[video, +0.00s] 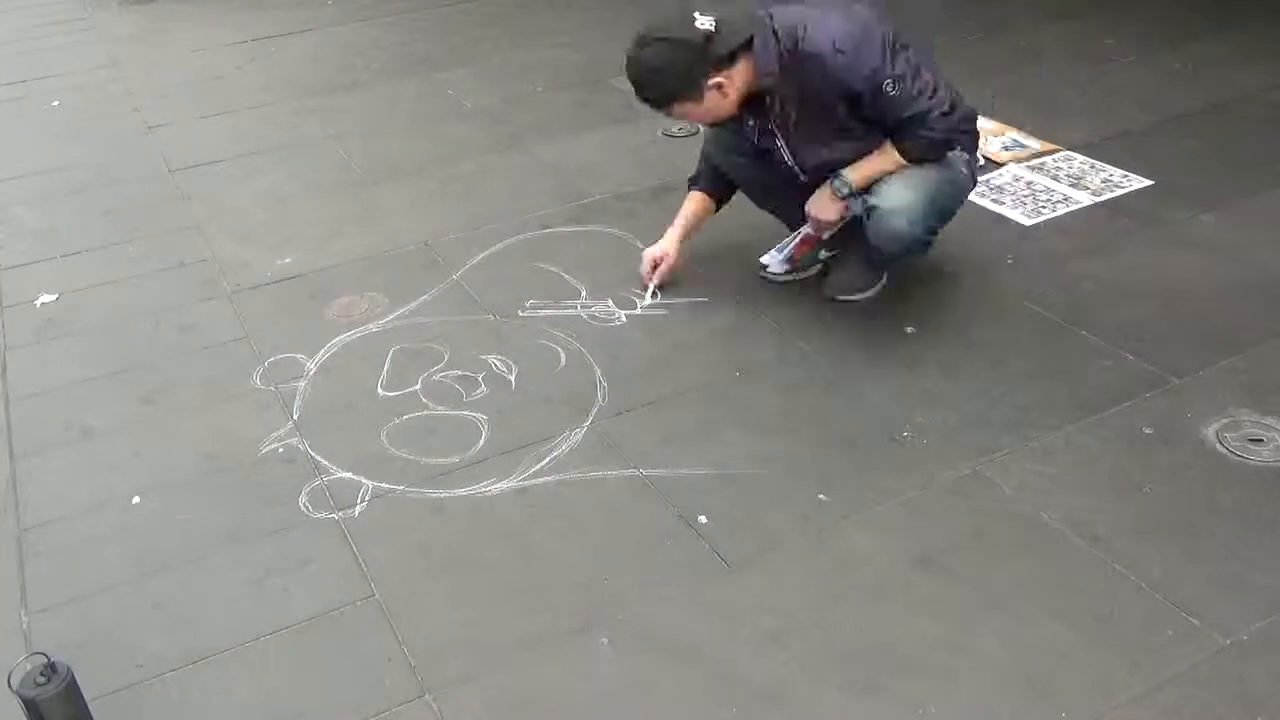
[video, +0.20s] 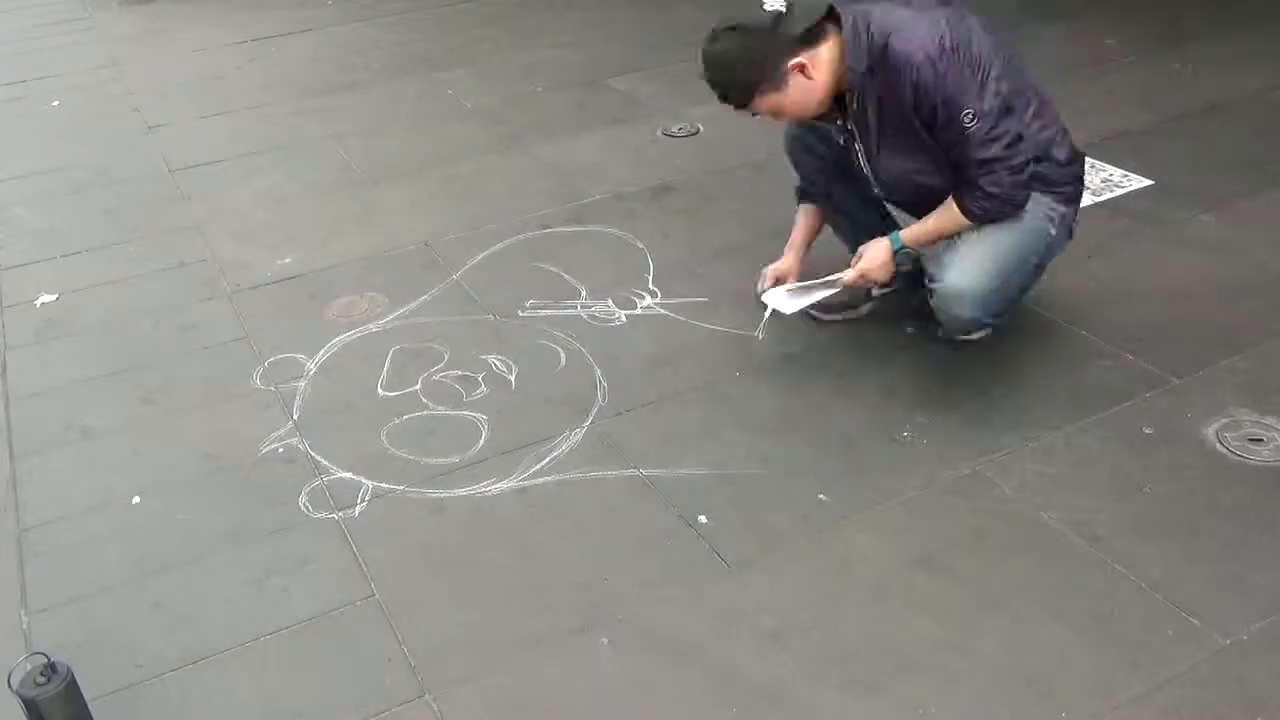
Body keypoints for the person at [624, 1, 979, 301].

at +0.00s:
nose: (691, 124)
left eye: (686, 114)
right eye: (682, 117)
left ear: (719, 86)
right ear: (717, 80)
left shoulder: (841, 48)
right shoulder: (736, 65)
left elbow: (944, 129)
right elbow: (718, 162)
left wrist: (842, 186)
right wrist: (675, 236)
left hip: (925, 151)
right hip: (838, 153)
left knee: (895, 219)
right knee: (730, 146)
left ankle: (872, 256)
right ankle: (822, 232)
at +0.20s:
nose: (780, 122)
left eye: (771, 111)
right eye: (767, 115)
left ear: (800, 72)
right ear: (799, 68)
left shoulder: (928, 57)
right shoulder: (828, 60)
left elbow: (1000, 189)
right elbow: (821, 173)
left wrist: (898, 244)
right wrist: (794, 254)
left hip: (1027, 188)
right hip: (932, 180)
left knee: (960, 298)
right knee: (808, 141)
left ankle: (965, 317)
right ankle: (892, 274)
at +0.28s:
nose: (789, 122)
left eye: (778, 111)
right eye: (775, 115)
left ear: (808, 72)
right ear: (806, 68)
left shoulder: (932, 66)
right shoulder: (843, 50)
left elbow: (1007, 199)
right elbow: (852, 149)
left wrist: (905, 252)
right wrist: (813, 222)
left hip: (1035, 194)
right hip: (947, 175)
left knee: (959, 314)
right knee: (817, 136)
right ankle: (893, 276)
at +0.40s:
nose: (794, 82)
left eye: (785, 73)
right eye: (782, 76)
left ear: (812, 52)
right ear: (816, 47)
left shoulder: (937, 40)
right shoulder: (865, 36)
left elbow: (985, 191)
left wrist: (901, 264)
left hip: (1051, 203)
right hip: (974, 175)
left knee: (927, 324)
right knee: (840, 110)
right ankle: (881, 268)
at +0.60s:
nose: (749, 135)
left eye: (745, 124)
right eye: (738, 126)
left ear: (782, 98)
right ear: (781, 94)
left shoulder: (928, 69)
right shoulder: (809, 100)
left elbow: (1010, 196)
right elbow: (777, 193)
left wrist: (904, 260)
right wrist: (731, 284)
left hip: (1027, 185)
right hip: (925, 191)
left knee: (1000, 293)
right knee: (790, 167)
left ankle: (1001, 320)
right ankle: (895, 293)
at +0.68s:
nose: (757, 136)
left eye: (754, 127)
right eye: (747, 129)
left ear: (793, 105)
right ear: (793, 100)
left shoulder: (937, 73)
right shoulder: (822, 95)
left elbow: (1019, 199)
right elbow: (767, 184)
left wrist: (912, 260)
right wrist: (688, 265)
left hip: (1034, 188)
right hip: (935, 191)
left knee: (1010, 299)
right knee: (799, 160)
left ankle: (1005, 320)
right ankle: (893, 294)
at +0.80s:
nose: (828, 149)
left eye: (830, 137)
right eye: (819, 141)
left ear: (879, 102)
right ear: (880, 99)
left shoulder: (1002, 78)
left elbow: (1079, 196)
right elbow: (820, 209)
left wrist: (971, 264)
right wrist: (804, 317)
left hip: (1034, 214)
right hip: (949, 210)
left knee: (1083, 297)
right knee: (838, 180)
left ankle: (1001, 297)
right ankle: (900, 298)